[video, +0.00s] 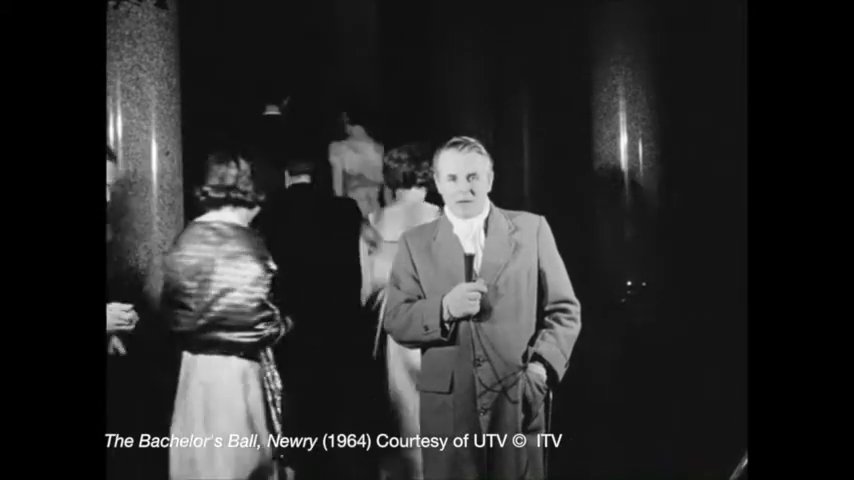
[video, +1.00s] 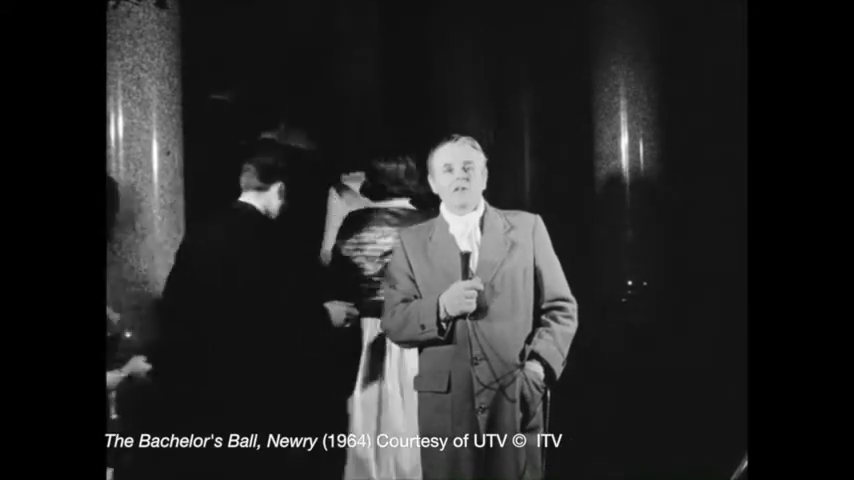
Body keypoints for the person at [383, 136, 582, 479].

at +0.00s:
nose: (463, 188)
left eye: (473, 177)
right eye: (452, 178)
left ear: (490, 180)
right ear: (437, 184)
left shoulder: (532, 229)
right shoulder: (414, 242)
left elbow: (563, 309)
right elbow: (396, 318)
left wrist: (542, 366)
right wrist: (443, 309)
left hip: (517, 398)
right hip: (446, 400)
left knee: (521, 474)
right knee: (446, 474)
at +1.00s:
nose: (460, 175)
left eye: (469, 165)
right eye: (447, 168)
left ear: (485, 176)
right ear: (432, 183)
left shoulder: (527, 228)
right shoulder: (411, 241)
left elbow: (560, 306)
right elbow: (394, 320)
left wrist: (539, 364)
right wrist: (440, 308)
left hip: (515, 395)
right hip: (444, 398)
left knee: (519, 474)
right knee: (446, 474)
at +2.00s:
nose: (468, 176)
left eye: (478, 167)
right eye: (457, 168)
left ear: (495, 178)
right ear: (442, 183)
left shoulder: (535, 231)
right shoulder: (420, 243)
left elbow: (566, 309)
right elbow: (399, 320)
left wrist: (544, 363)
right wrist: (446, 305)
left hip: (519, 398)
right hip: (449, 400)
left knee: (522, 474)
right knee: (449, 473)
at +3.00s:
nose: (470, 174)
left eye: (480, 166)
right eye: (459, 167)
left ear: (497, 178)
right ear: (444, 181)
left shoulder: (537, 231)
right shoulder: (420, 242)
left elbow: (569, 309)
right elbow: (404, 321)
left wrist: (551, 363)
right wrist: (453, 306)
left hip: (523, 399)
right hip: (452, 402)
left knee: (527, 474)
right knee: (453, 473)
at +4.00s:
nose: (472, 179)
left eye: (483, 171)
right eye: (464, 170)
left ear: (505, 180)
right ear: (453, 178)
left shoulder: (545, 232)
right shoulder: (428, 241)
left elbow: (577, 311)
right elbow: (409, 320)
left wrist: (554, 367)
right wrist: (457, 308)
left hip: (527, 399)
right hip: (457, 400)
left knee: (529, 475)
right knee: (459, 474)